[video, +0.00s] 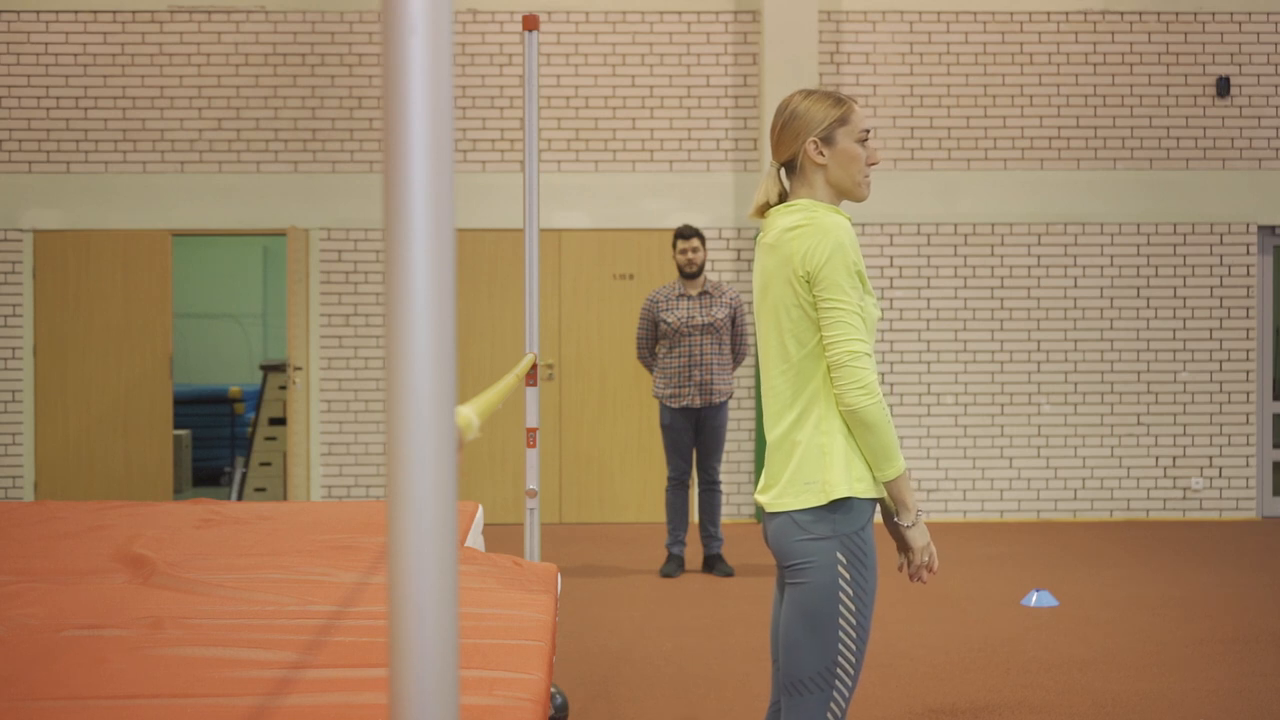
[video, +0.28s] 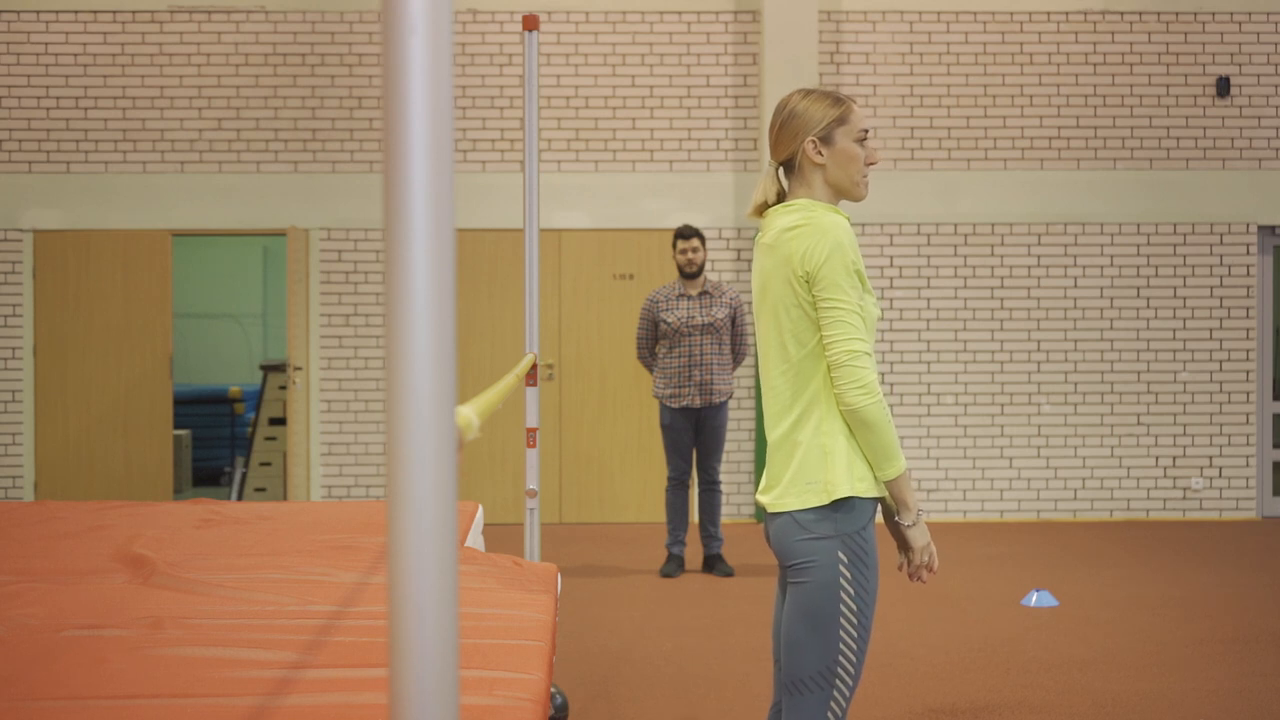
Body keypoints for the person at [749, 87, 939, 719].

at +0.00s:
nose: (873, 154)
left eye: (869, 140)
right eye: (860, 141)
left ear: (814, 154)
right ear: (816, 152)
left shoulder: (780, 231)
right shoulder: (827, 233)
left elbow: (795, 386)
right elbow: (854, 387)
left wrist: (890, 505)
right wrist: (907, 510)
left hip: (795, 502)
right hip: (828, 504)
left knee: (794, 705)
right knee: (818, 707)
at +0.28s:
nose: (872, 154)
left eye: (868, 140)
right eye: (859, 141)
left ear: (813, 154)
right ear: (815, 152)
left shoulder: (779, 231)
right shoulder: (826, 232)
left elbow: (786, 384)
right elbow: (854, 386)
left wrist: (890, 506)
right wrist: (907, 508)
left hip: (797, 502)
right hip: (831, 504)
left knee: (796, 704)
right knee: (819, 707)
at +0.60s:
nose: (871, 153)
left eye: (867, 138)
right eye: (858, 139)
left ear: (812, 153)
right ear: (813, 151)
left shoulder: (778, 230)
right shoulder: (825, 231)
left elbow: (789, 384)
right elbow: (854, 385)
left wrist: (894, 508)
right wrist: (908, 506)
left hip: (798, 502)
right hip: (830, 504)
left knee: (800, 705)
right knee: (817, 707)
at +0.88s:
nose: (870, 152)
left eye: (866, 137)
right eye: (857, 137)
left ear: (812, 151)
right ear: (813, 149)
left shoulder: (779, 228)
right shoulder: (823, 229)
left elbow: (787, 382)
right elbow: (853, 384)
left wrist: (895, 506)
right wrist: (907, 505)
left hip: (798, 501)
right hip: (827, 504)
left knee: (800, 705)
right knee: (814, 707)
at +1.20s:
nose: (869, 151)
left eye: (865, 137)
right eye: (857, 137)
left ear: (812, 152)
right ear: (813, 150)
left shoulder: (783, 228)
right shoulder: (823, 230)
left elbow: (803, 385)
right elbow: (851, 385)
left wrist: (897, 508)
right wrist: (905, 508)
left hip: (796, 503)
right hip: (823, 506)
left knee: (798, 706)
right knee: (810, 708)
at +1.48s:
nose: (868, 151)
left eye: (864, 138)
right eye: (856, 138)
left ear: (811, 154)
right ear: (811, 151)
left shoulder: (783, 231)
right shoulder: (825, 231)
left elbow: (808, 385)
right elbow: (855, 384)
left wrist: (903, 514)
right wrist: (907, 517)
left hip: (791, 507)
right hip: (818, 510)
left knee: (790, 707)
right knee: (806, 708)